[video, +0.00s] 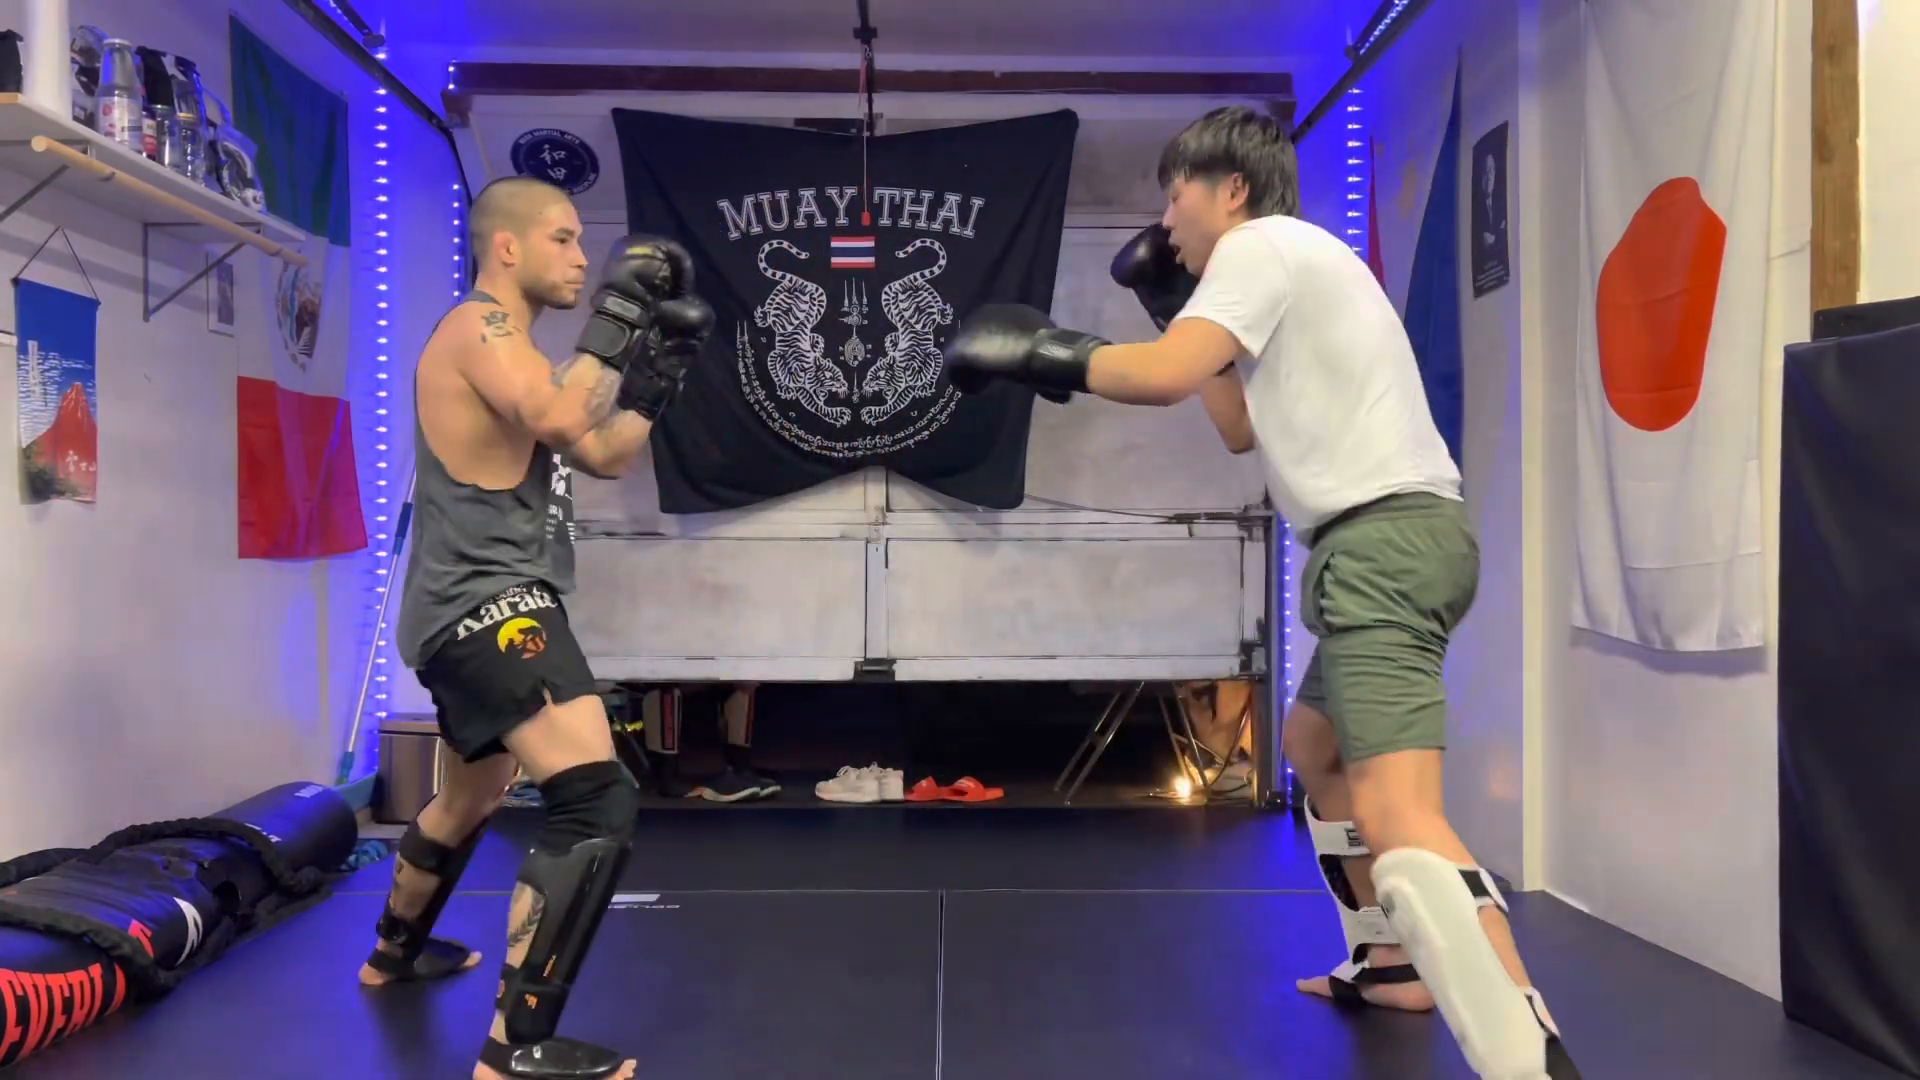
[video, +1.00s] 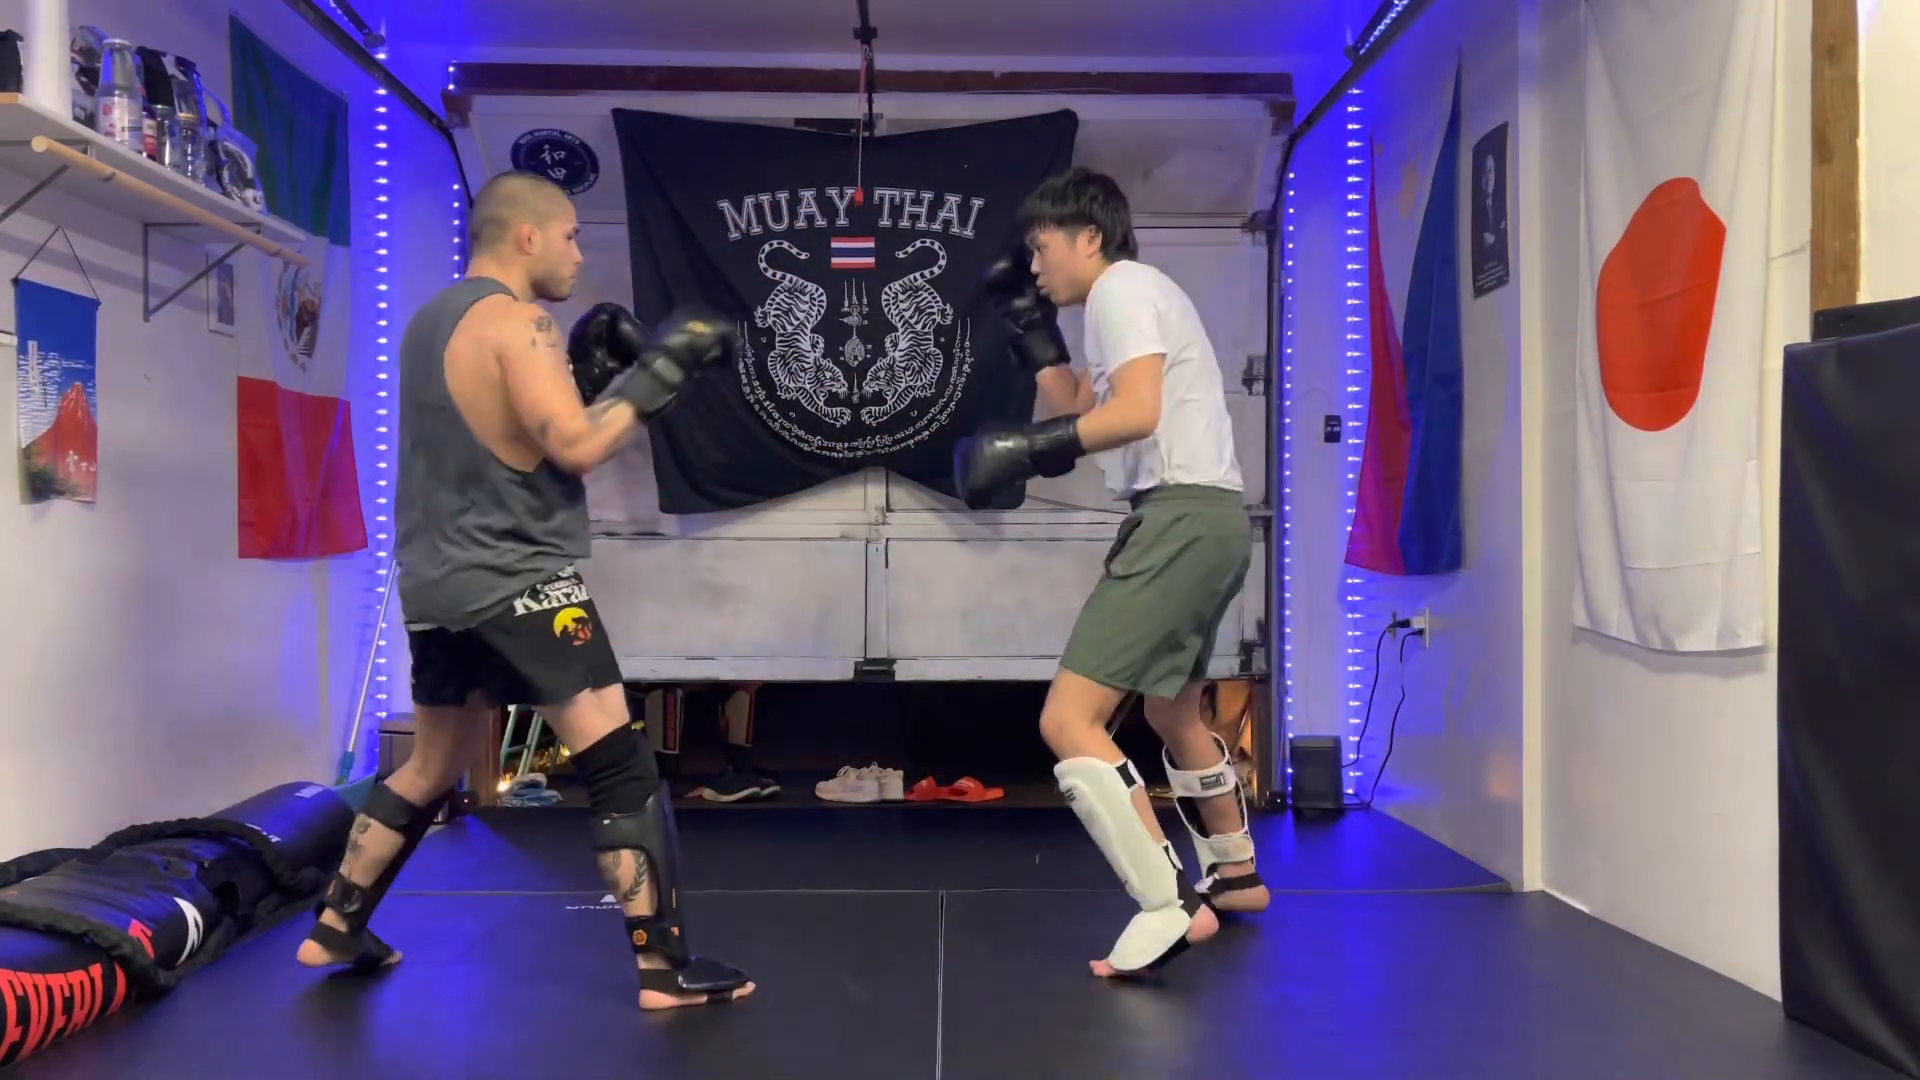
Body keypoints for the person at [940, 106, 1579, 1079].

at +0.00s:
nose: (1168, 222)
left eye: (1175, 200)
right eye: (1166, 204)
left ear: (1232, 189)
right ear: (1256, 197)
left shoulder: (1264, 248)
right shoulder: (1302, 263)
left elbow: (1168, 370)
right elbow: (1239, 424)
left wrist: (1047, 351)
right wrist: (1187, 304)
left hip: (1379, 535)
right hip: (1414, 531)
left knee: (1403, 820)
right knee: (1316, 742)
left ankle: (1523, 1027)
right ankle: (1391, 955)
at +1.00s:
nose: (1033, 264)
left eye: (1040, 246)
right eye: (1032, 250)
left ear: (1087, 238)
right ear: (1087, 244)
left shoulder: (1123, 287)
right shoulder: (1127, 303)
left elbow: (1138, 409)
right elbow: (1068, 402)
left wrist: (1033, 447)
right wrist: (1032, 329)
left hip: (1181, 517)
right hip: (1210, 520)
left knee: (1070, 720)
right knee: (1173, 708)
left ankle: (1167, 905)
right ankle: (1236, 872)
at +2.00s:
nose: (717, 259)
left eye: (731, 243)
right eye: (719, 244)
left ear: (785, 255)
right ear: (759, 258)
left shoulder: (856, 339)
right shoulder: (732, 340)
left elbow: (898, 471)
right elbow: (626, 374)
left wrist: (794, 520)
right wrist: (528, 344)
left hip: (893, 553)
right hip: (812, 565)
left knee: (855, 746)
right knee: (719, 734)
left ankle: (941, 961)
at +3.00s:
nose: (798, 257)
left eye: (810, 240)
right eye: (797, 241)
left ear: (860, 241)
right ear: (869, 247)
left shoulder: (878, 296)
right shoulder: (914, 305)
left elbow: (848, 404)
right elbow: (861, 439)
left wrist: (753, 359)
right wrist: (781, 375)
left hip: (952, 537)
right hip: (995, 538)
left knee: (827, 732)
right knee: (971, 728)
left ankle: (942, 914)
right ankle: (1009, 887)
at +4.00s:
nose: (738, 238)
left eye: (756, 220)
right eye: (738, 221)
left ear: (826, 230)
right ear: (801, 235)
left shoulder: (869, 324)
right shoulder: (793, 320)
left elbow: (850, 491)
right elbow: (732, 415)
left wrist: (717, 460)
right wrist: (640, 381)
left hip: (946, 589)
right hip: (891, 586)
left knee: (767, 770)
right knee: (913, 785)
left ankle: (780, 1046)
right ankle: (1025, 905)